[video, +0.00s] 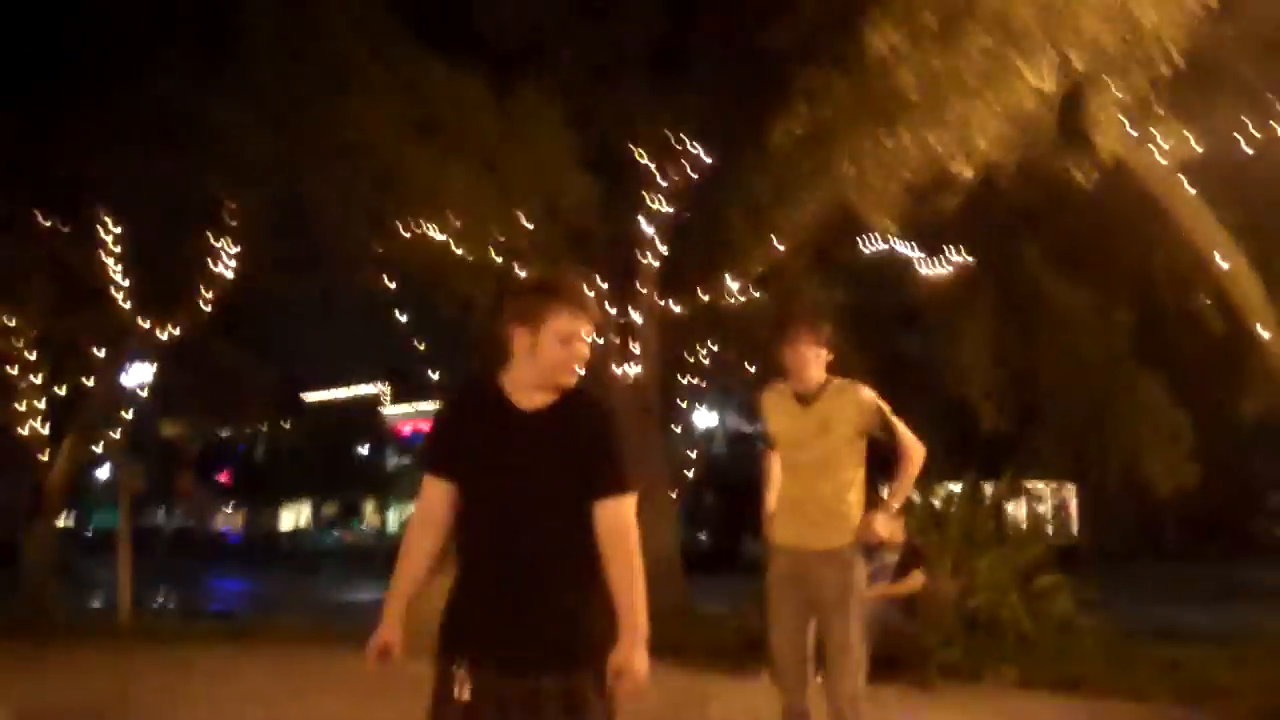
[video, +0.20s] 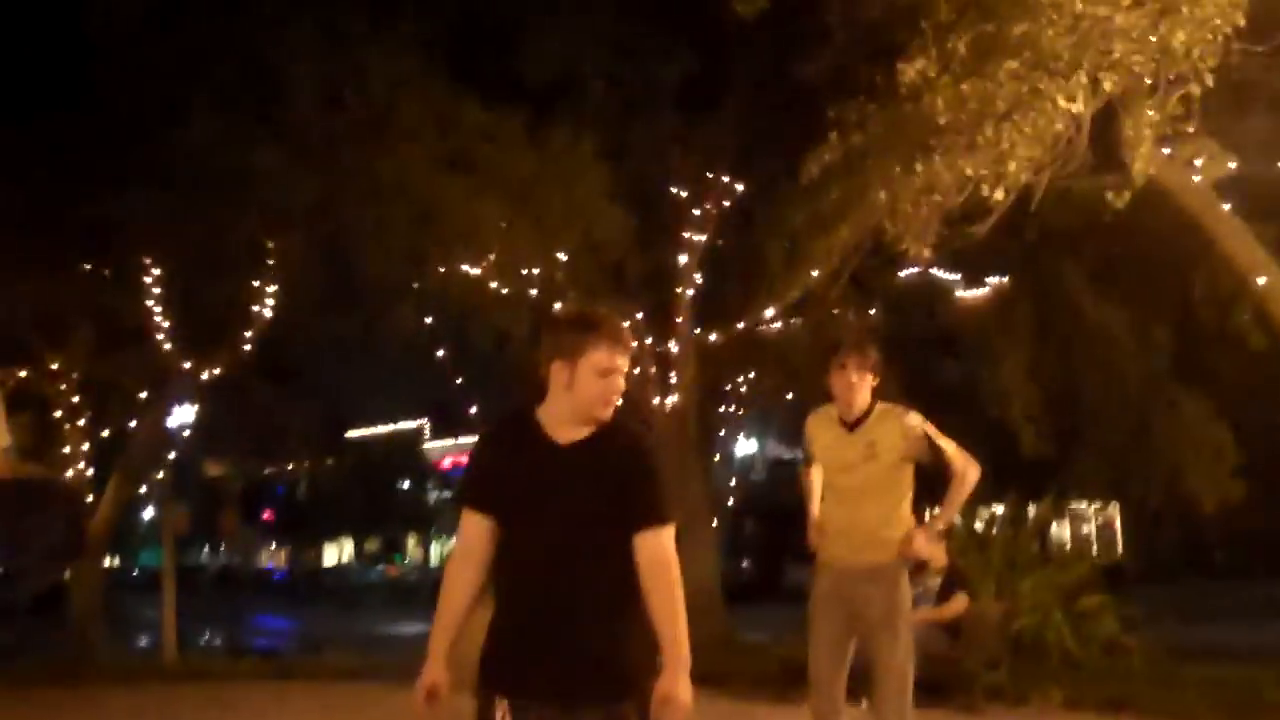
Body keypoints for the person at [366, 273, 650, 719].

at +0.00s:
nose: (582, 353)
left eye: (587, 341)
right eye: (567, 339)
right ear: (521, 338)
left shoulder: (591, 419)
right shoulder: (468, 411)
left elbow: (619, 534)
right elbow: (430, 518)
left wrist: (633, 636)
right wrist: (393, 614)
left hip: (572, 648)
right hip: (479, 645)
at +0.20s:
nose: (619, 387)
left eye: (623, 375)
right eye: (606, 374)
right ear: (559, 372)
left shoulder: (630, 454)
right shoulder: (503, 446)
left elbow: (657, 562)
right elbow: (469, 553)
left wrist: (676, 667)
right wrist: (437, 658)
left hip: (613, 677)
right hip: (522, 676)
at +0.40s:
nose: (641, 363)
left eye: (645, 350)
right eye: (628, 349)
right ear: (580, 347)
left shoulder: (649, 429)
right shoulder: (522, 419)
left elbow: (675, 538)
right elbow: (484, 526)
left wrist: (696, 639)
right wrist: (450, 627)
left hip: (625, 659)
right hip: (530, 658)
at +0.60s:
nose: (652, 339)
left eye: (657, 326)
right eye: (639, 322)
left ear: (663, 330)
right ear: (593, 320)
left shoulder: (661, 406)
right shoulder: (532, 397)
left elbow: (688, 516)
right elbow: (492, 503)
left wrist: (717, 616)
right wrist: (454, 597)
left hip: (631, 642)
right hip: (535, 639)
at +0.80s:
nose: (616, 343)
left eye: (627, 330)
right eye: (600, 328)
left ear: (637, 340)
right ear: (566, 332)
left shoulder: (653, 429)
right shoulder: (521, 424)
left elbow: (681, 531)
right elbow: (484, 524)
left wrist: (705, 633)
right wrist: (446, 618)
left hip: (627, 655)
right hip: (531, 654)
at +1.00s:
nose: (609, 329)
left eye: (621, 318)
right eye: (594, 314)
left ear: (632, 332)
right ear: (562, 323)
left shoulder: (650, 418)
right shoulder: (519, 414)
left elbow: (675, 529)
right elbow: (486, 521)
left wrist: (693, 632)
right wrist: (450, 617)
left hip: (624, 649)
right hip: (527, 648)